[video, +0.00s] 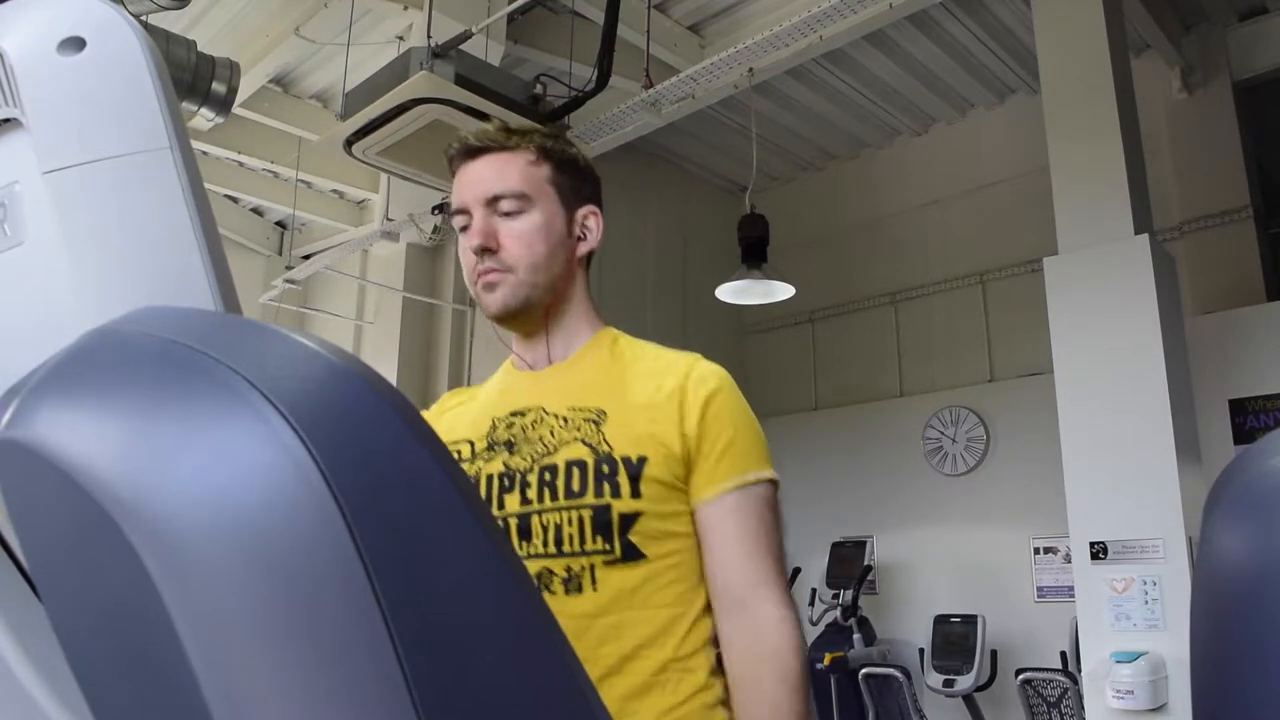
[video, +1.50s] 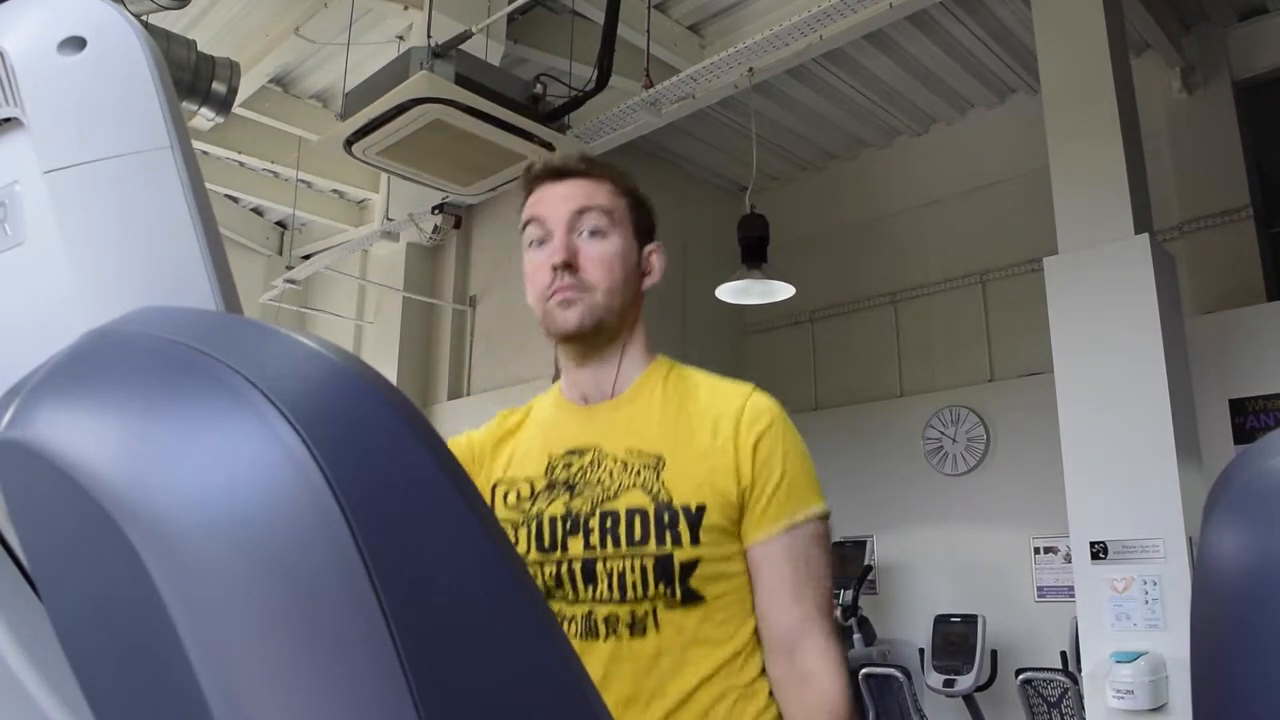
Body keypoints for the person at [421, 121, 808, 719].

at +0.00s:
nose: (477, 239)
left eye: (508, 210)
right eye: (462, 222)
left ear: (583, 231)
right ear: (455, 247)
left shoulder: (692, 393)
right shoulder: (435, 432)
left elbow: (753, 616)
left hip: (670, 704)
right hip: (486, 704)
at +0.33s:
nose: (508, 237)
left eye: (541, 207)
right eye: (498, 220)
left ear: (621, 231)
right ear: (491, 244)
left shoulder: (719, 411)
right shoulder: (453, 436)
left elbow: (765, 670)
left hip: (669, 704)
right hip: (480, 702)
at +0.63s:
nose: (526, 232)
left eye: (558, 203)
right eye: (514, 214)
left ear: (637, 226)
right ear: (507, 238)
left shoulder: (734, 395)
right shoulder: (464, 434)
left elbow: (766, 650)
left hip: (679, 703)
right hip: (503, 703)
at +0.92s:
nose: (511, 253)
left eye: (542, 225)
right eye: (494, 235)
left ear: (611, 250)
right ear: (484, 261)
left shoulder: (704, 406)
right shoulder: (449, 450)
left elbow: (727, 650)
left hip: (653, 704)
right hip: (486, 704)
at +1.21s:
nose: (536, 249)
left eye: (567, 223)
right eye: (515, 232)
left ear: (622, 253)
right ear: (498, 263)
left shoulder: (719, 406)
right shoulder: (453, 454)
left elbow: (798, 615)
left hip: (717, 706)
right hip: (531, 708)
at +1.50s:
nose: (560, 256)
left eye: (592, 231)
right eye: (537, 240)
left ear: (648, 264)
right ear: (525, 278)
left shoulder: (744, 425)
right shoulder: (471, 463)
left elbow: (802, 656)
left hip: (726, 705)